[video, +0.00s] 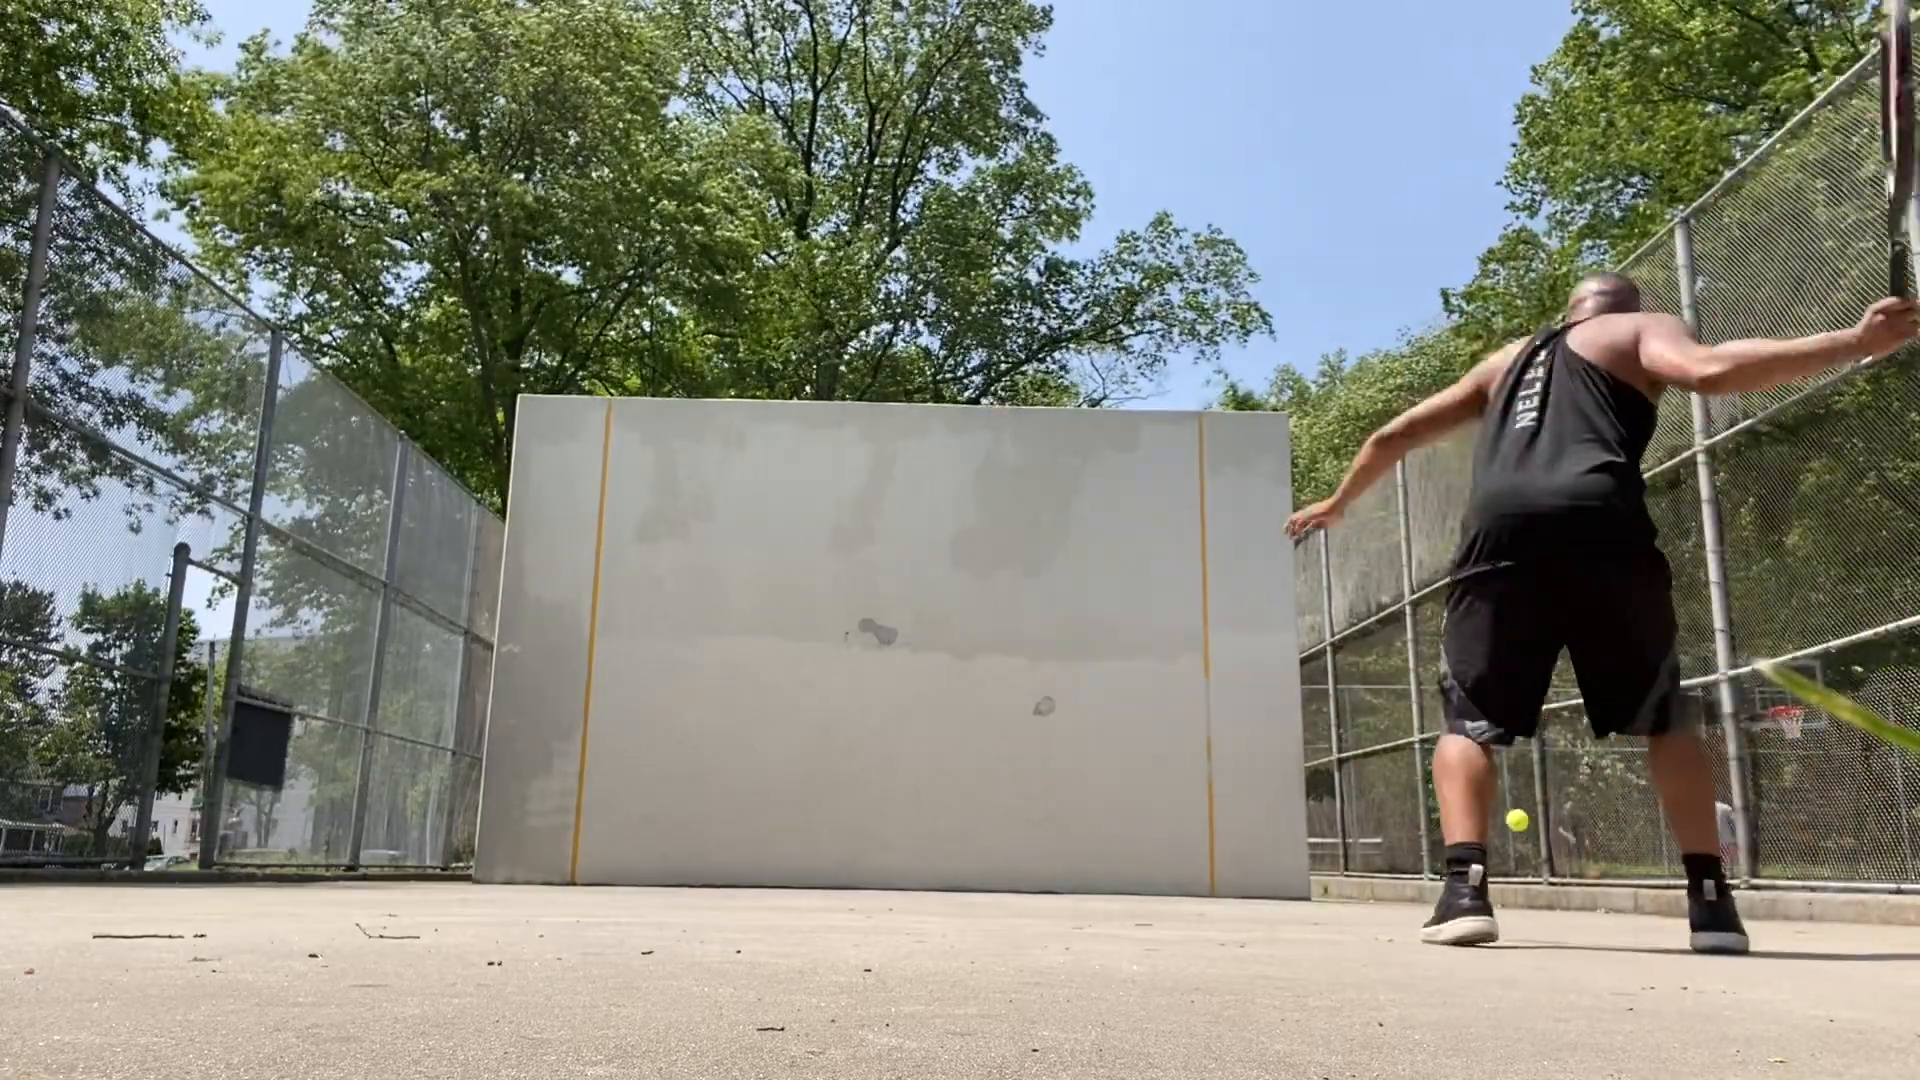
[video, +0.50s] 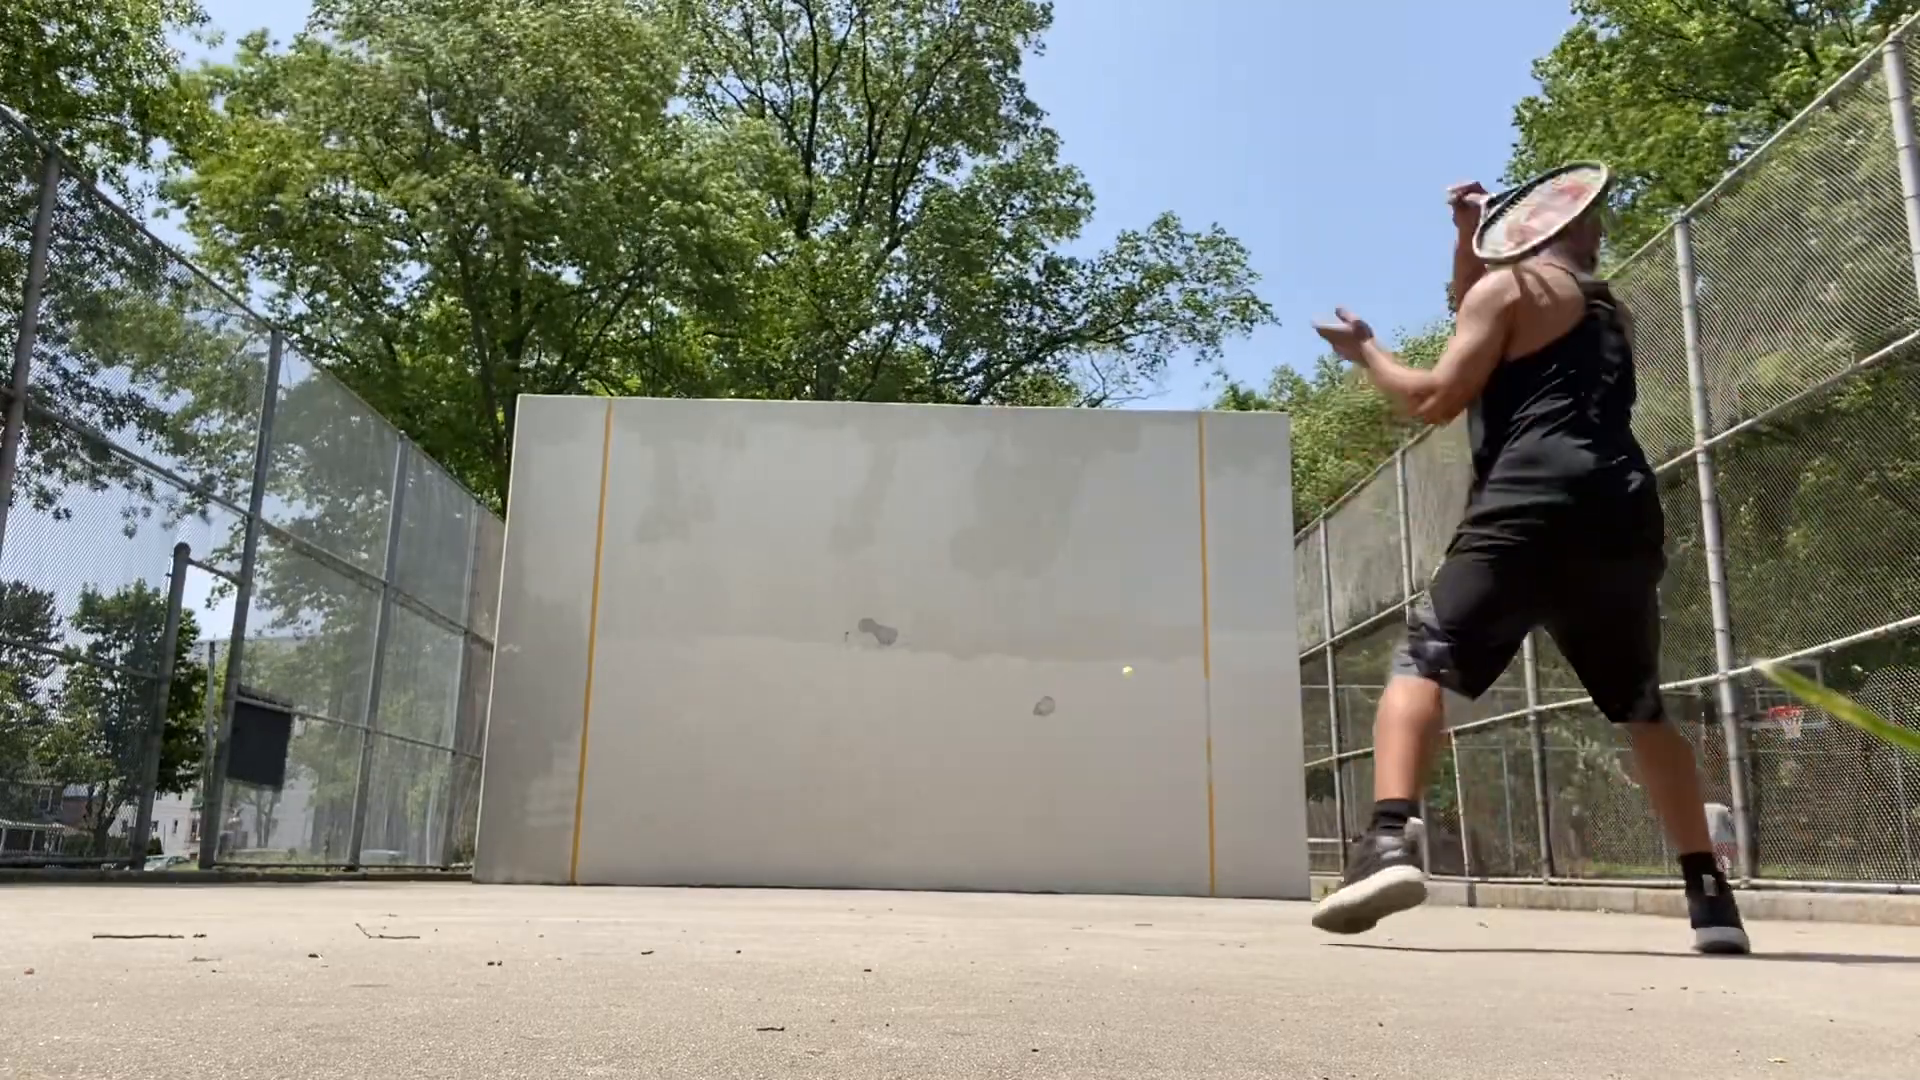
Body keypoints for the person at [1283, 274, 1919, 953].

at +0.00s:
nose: (1643, 310)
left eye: (1610, 295)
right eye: (1641, 304)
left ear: (1570, 310)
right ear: (1631, 306)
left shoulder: (1508, 358)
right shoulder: (1637, 323)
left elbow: (1390, 436)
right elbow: (1707, 370)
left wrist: (1334, 505)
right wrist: (1858, 340)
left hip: (1498, 540)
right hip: (1605, 531)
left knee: (1470, 720)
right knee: (1663, 714)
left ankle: (1463, 889)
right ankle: (1710, 904)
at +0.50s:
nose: (1601, 229)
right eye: (1591, 219)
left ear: (1524, 235)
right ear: (1571, 234)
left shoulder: (1505, 289)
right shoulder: (1606, 305)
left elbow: (1435, 401)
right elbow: (1481, 313)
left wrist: (1363, 348)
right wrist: (1470, 236)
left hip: (1530, 490)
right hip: (1625, 500)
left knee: (1425, 664)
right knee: (1640, 706)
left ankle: (1389, 844)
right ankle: (1710, 899)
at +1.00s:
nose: (1337, 147)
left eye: (1337, 138)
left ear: (1333, 146)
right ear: (1414, 154)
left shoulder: (1288, 200)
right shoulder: (1465, 210)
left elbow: (1244, 323)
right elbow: (1527, 343)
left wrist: (1308, 389)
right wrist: (1444, 383)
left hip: (1325, 431)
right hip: (1442, 438)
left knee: (1270, 633)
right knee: (1440, 661)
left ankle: (1313, 856)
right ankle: (1451, 880)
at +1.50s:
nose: (1202, 101)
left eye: (1184, 85)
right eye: (1204, 91)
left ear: (1123, 73)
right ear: (1196, 84)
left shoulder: (1038, 143)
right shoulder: (1194, 119)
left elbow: (1060, 296)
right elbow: (1235, 240)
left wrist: (1191, 304)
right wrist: (1315, 240)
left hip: (994, 401)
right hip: (1116, 408)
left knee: (948, 635)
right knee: (1210, 637)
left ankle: (876, 867)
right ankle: (1275, 881)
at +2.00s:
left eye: (1057, 16)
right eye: (1139, 20)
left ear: (1054, 13)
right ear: (1139, 18)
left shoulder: (996, 68)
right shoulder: (1175, 93)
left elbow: (937, 225)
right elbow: (1185, 235)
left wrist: (883, 284)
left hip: (1012, 377)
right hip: (1139, 397)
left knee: (898, 559)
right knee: (1152, 631)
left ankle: (843, 752)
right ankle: (1182, 884)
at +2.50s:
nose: (1044, 26)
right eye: (1049, 21)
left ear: (962, 21)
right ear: (1046, 27)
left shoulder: (896, 86)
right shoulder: (1087, 117)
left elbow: (846, 214)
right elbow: (1104, 291)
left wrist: (895, 267)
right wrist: (1021, 302)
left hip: (919, 403)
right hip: (1051, 412)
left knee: (853, 613)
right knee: (1101, 634)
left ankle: (829, 855)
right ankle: (1158, 877)